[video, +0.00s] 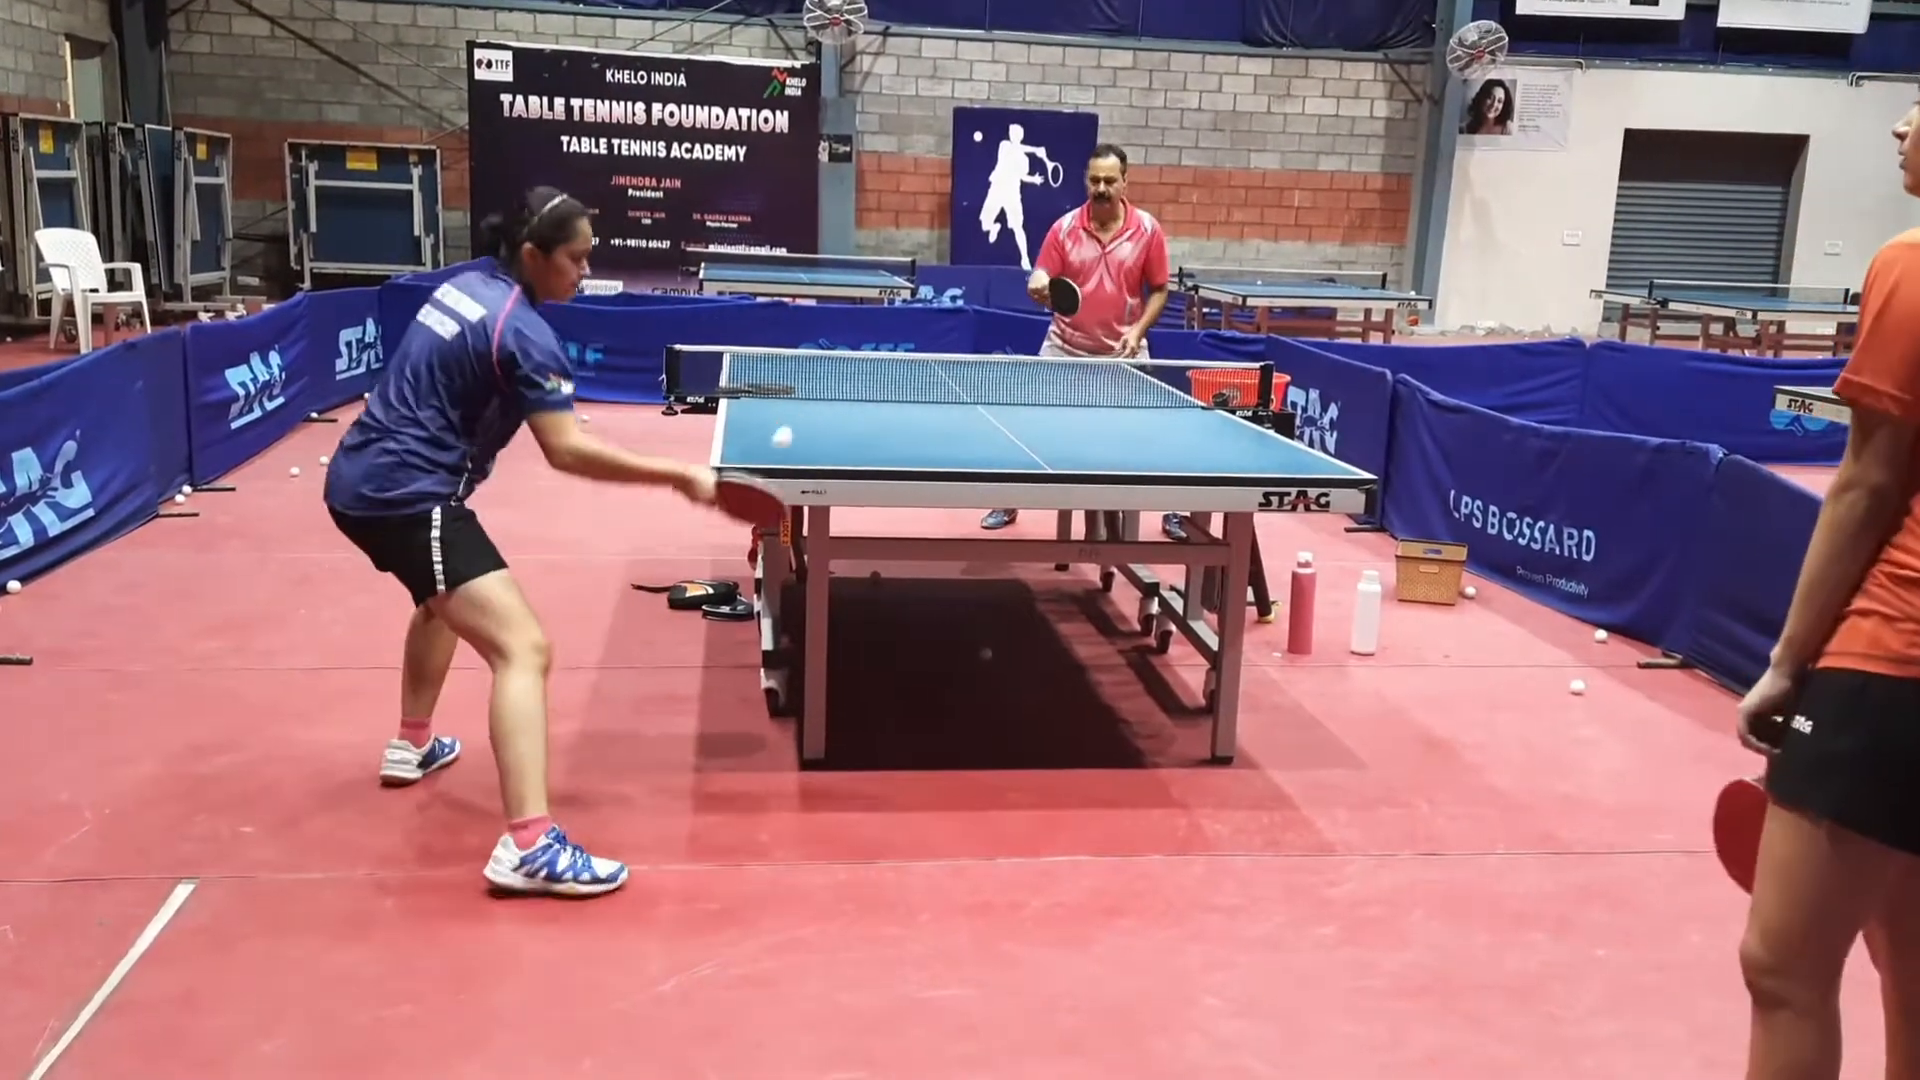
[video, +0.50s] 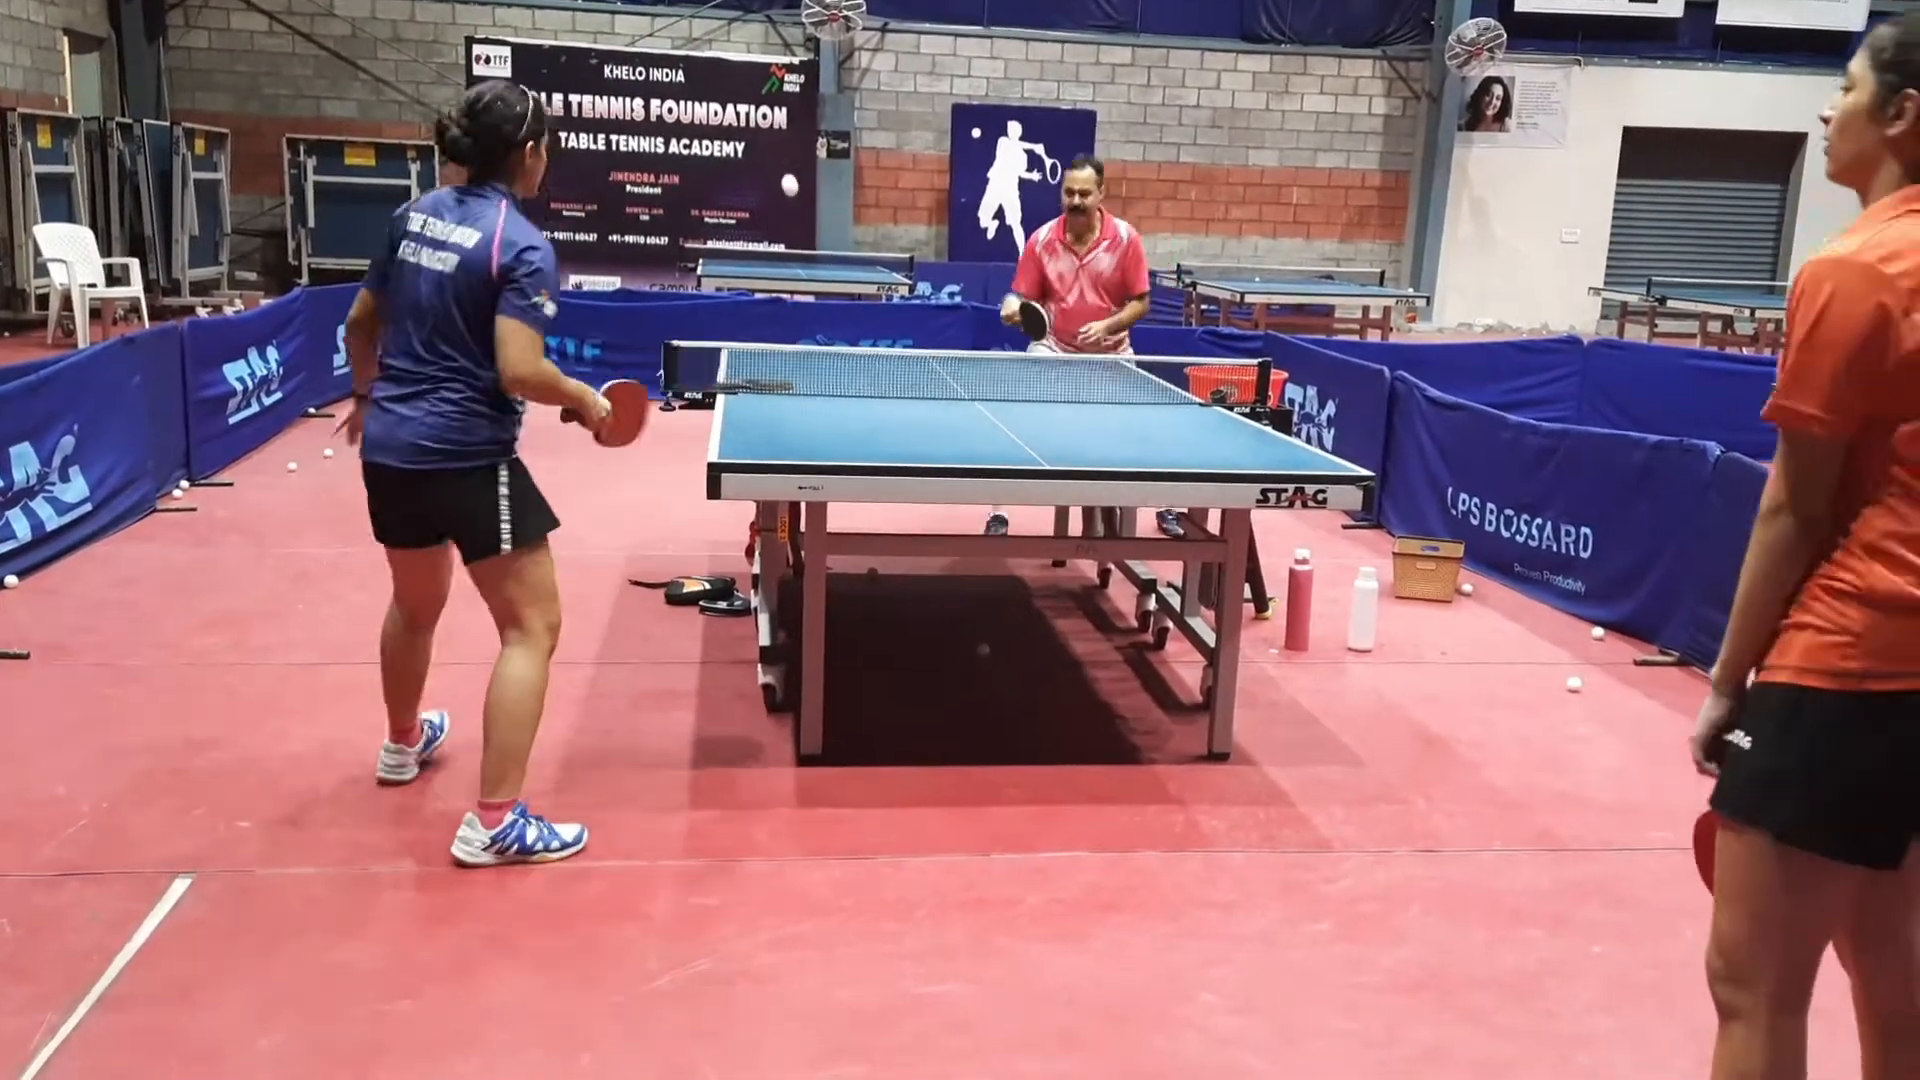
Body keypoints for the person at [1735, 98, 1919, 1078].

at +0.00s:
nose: (1900, 138)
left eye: (1910, 123)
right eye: (1906, 122)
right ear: (1909, 138)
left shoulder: (1907, 265)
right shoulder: (1902, 268)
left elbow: (1874, 482)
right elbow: (1871, 482)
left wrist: (1787, 662)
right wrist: (1802, 664)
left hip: (1880, 662)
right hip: (1886, 665)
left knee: (1784, 976)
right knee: (1909, 977)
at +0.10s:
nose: (1898, 136)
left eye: (1908, 119)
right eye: (1904, 118)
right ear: (1910, 138)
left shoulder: (1907, 263)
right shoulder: (1901, 266)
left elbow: (1874, 478)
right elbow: (1871, 478)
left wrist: (1784, 659)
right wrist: (1801, 664)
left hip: (1878, 659)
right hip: (1885, 661)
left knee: (1774, 968)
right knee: (1906, 970)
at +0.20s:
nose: (1893, 134)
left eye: (1908, 113)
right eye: (1901, 112)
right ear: (1917, 131)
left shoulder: (1906, 258)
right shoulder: (1900, 260)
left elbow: (1867, 476)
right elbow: (1868, 476)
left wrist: (1776, 661)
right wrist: (1795, 663)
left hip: (1881, 660)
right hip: (1894, 664)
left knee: (1753, 959)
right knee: (1906, 965)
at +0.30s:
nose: (1882, 121)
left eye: (1899, 98)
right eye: (1891, 97)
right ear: (1919, 119)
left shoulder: (1898, 262)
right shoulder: (1899, 261)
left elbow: (1851, 483)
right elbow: (1855, 483)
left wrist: (1768, 664)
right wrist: (1786, 661)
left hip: (1871, 667)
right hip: (1901, 671)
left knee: (1751, 963)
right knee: (1905, 969)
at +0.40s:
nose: (1858, 110)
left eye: (1877, 91)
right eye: (1870, 88)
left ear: (1918, 118)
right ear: (1915, 116)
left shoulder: (1883, 267)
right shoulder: (1892, 264)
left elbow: (1827, 495)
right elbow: (1837, 494)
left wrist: (1753, 669)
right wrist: (1766, 667)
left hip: (1856, 670)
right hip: (1899, 674)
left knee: (1759, 982)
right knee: (1902, 976)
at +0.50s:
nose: (1829, 108)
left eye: (1848, 89)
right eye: (1840, 86)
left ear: (1900, 114)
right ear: (1906, 115)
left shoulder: (1861, 270)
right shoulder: (1899, 256)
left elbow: (1795, 509)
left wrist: (1726, 681)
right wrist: (1735, 677)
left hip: (1838, 673)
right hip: (1908, 676)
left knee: (1752, 995)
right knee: (1895, 981)